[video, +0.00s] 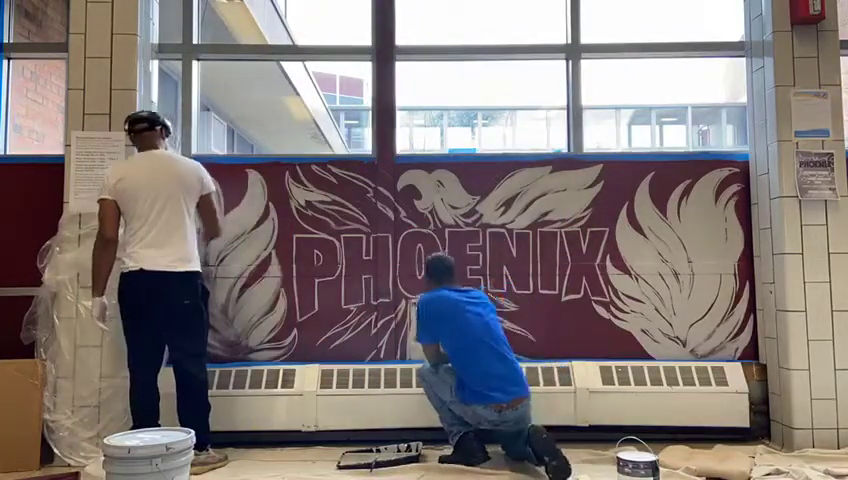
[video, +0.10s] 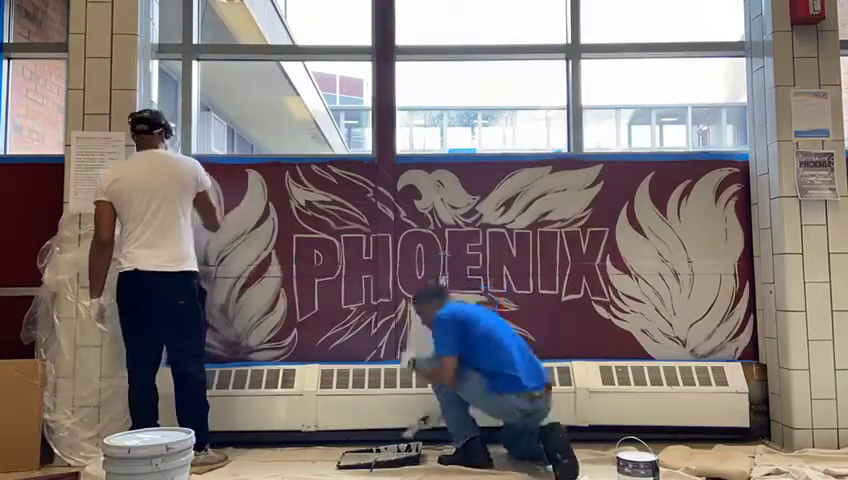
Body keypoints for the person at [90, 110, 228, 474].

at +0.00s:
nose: (165, 144)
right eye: (166, 138)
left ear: (132, 140)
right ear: (164, 136)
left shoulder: (117, 174)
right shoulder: (193, 169)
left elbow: (107, 237)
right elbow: (213, 228)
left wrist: (97, 294)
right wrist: (193, 230)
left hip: (137, 286)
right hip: (183, 285)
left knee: (143, 371)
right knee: (190, 367)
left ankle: (145, 453)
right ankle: (198, 448)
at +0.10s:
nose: (165, 142)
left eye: (156, 135)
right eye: (166, 136)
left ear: (133, 137)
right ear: (164, 136)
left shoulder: (113, 175)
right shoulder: (189, 168)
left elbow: (103, 240)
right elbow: (213, 221)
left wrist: (95, 295)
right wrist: (198, 193)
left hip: (134, 285)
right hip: (179, 283)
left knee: (141, 369)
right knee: (188, 366)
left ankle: (145, 452)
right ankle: (197, 448)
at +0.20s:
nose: (166, 141)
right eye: (166, 136)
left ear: (132, 137)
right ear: (164, 135)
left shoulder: (114, 175)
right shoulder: (190, 166)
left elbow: (105, 239)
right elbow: (215, 215)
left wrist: (96, 295)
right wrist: (201, 183)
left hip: (134, 285)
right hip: (180, 283)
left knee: (141, 371)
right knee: (189, 367)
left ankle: (145, 453)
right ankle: (197, 449)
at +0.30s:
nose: (153, 142)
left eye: (137, 138)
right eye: (160, 136)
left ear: (130, 140)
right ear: (161, 134)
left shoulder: (115, 175)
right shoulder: (190, 166)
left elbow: (108, 240)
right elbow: (211, 217)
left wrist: (101, 296)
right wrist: (188, 193)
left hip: (137, 285)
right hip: (182, 283)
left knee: (143, 370)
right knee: (190, 367)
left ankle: (145, 452)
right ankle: (197, 448)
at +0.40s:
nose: (155, 141)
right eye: (158, 135)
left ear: (126, 140)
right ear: (159, 133)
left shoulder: (112, 177)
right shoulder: (189, 166)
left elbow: (105, 241)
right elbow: (207, 219)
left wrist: (100, 296)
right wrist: (187, 191)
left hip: (134, 285)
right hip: (180, 283)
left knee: (141, 372)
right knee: (189, 368)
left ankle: (144, 453)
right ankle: (196, 450)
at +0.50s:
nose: (168, 143)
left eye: (155, 135)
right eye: (169, 137)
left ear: (136, 136)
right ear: (169, 137)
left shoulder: (115, 173)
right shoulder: (192, 169)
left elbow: (106, 239)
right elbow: (201, 227)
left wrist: (98, 295)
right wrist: (170, 231)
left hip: (135, 284)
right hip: (182, 283)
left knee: (141, 372)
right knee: (189, 368)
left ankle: (144, 453)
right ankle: (196, 450)